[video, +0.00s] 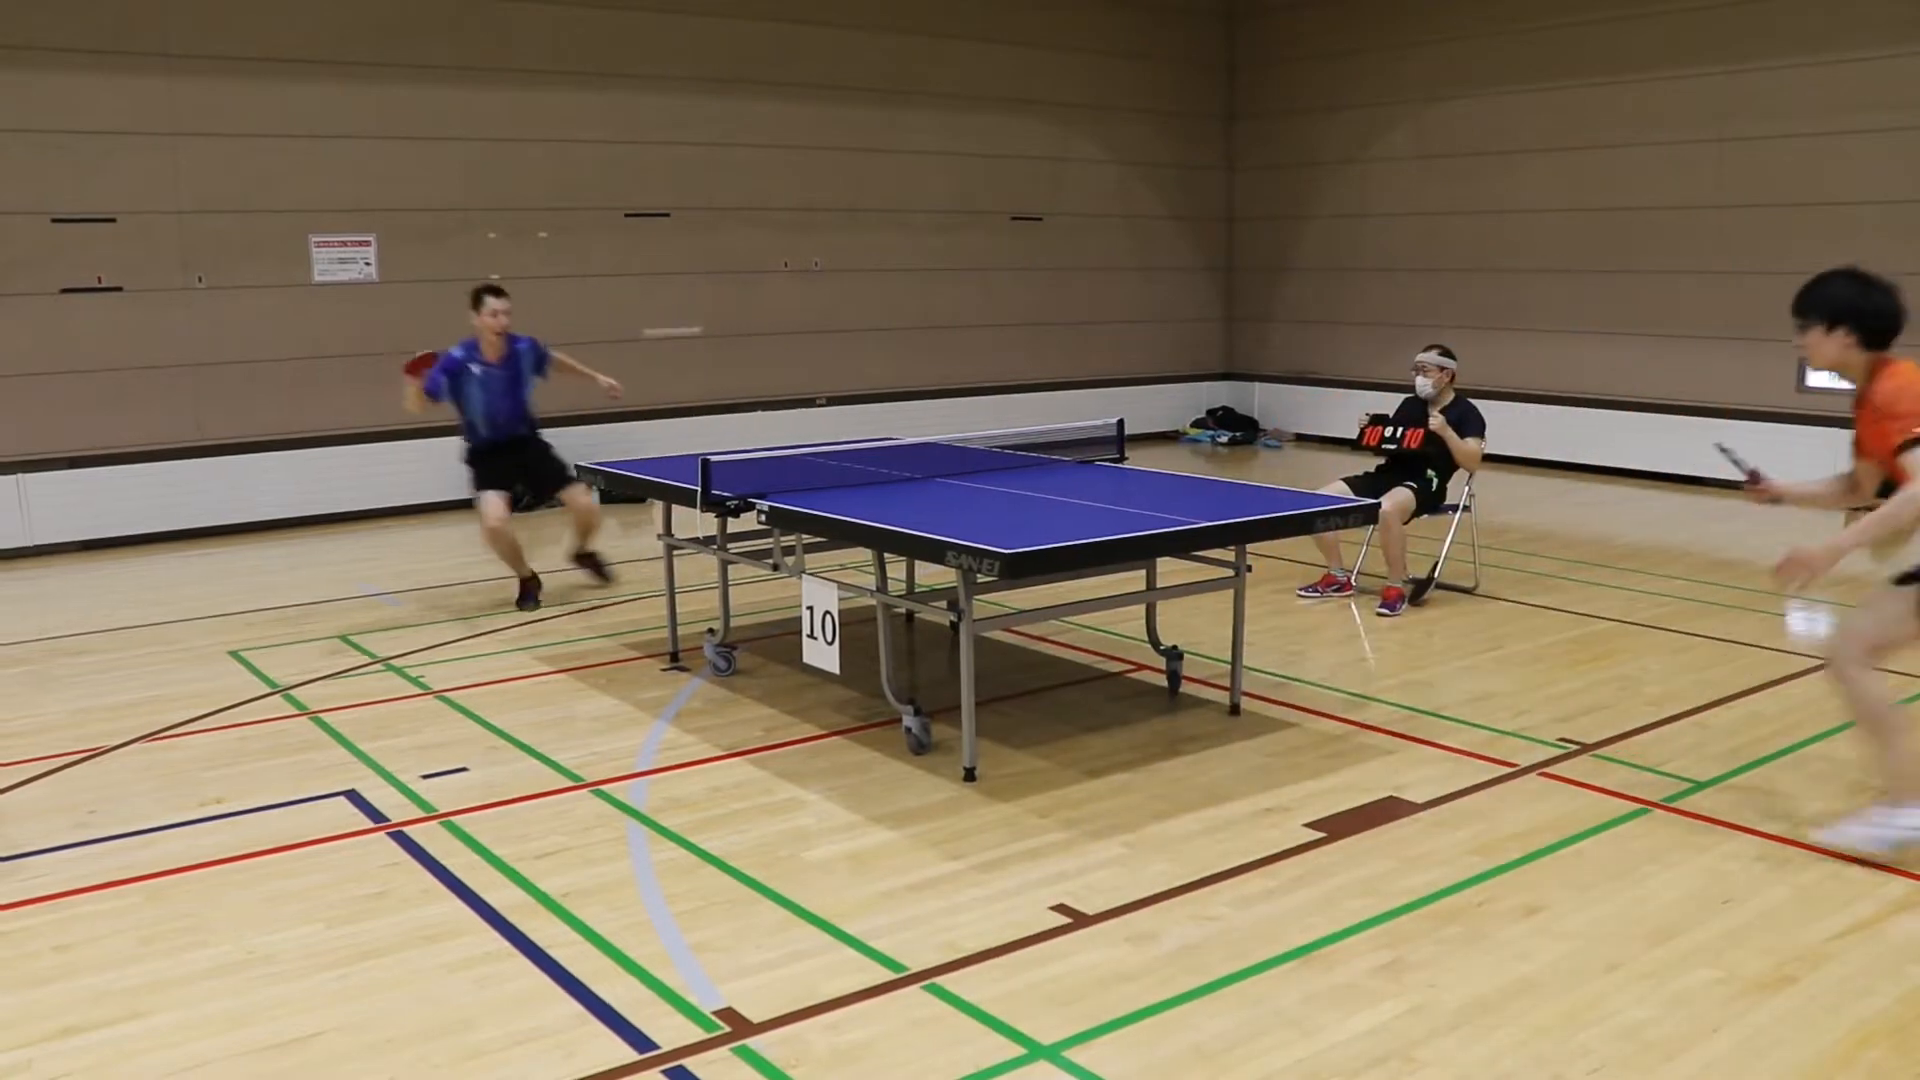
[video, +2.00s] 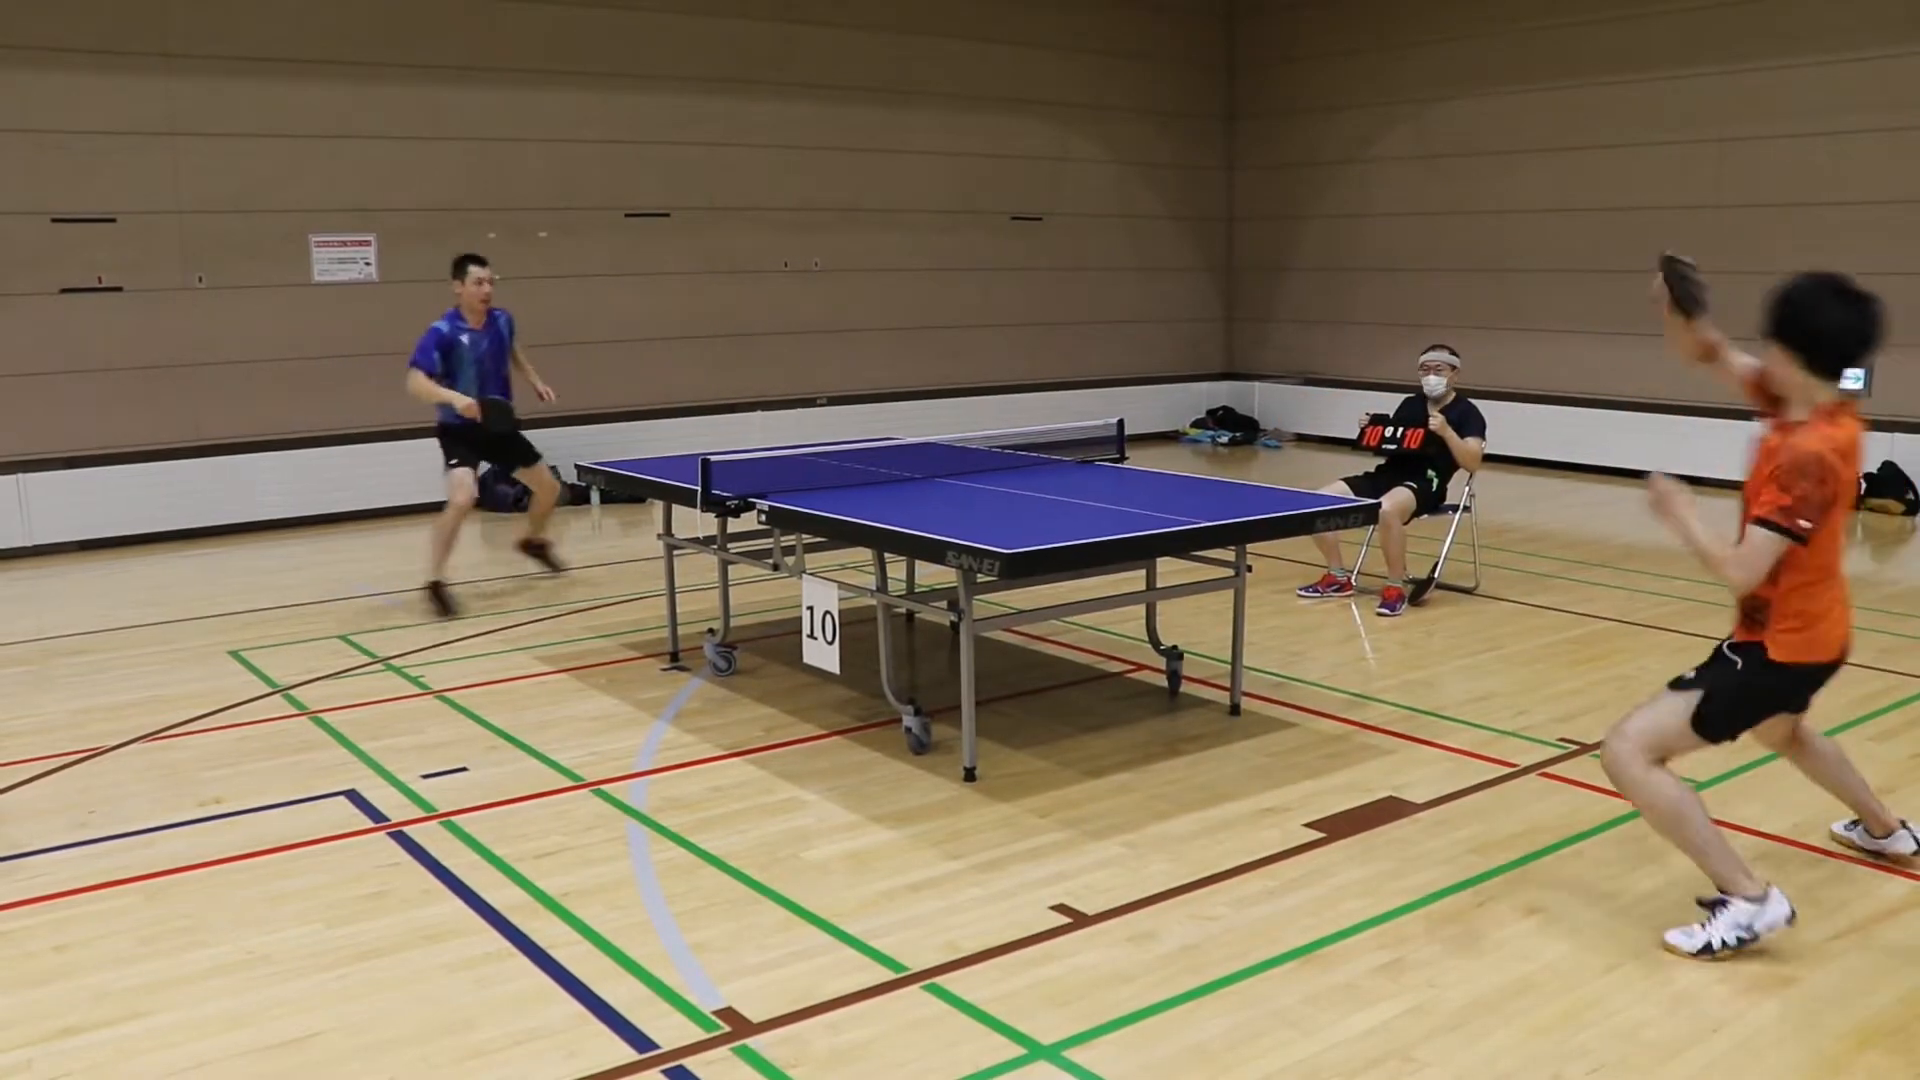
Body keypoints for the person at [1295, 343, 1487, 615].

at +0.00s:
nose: (1418, 376)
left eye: (1425, 370)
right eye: (1416, 370)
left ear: (1446, 376)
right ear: (1414, 373)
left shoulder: (1466, 413)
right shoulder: (1411, 404)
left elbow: (1472, 463)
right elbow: (1393, 439)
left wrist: (1447, 433)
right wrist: (1373, 426)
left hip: (1426, 482)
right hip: (1390, 473)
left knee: (1388, 510)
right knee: (1318, 502)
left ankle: (1395, 588)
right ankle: (1337, 576)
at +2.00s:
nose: (1430, 375)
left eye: (1439, 369)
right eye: (1425, 369)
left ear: (1455, 375)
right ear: (1419, 374)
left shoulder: (1467, 413)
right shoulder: (1411, 404)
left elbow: (1472, 463)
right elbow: (1393, 440)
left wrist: (1447, 433)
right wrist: (1372, 426)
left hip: (1427, 481)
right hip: (1390, 473)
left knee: (1388, 510)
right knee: (1318, 502)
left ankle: (1395, 588)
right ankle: (1337, 576)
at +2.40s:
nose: (1417, 375)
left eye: (1424, 370)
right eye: (1416, 369)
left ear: (1446, 376)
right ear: (1414, 372)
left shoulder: (1465, 413)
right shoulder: (1411, 404)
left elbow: (1473, 462)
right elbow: (1393, 439)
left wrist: (1447, 433)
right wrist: (1372, 426)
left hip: (1427, 481)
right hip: (1390, 473)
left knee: (1388, 510)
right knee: (1319, 503)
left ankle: (1395, 588)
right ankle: (1337, 576)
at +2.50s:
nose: (1419, 374)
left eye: (1427, 369)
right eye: (1417, 368)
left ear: (1447, 374)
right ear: (1414, 371)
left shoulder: (1453, 409)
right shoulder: (1409, 404)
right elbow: (1393, 439)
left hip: (1429, 484)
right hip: (1392, 474)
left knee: (1387, 511)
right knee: (1318, 503)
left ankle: (1396, 586)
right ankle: (1338, 576)